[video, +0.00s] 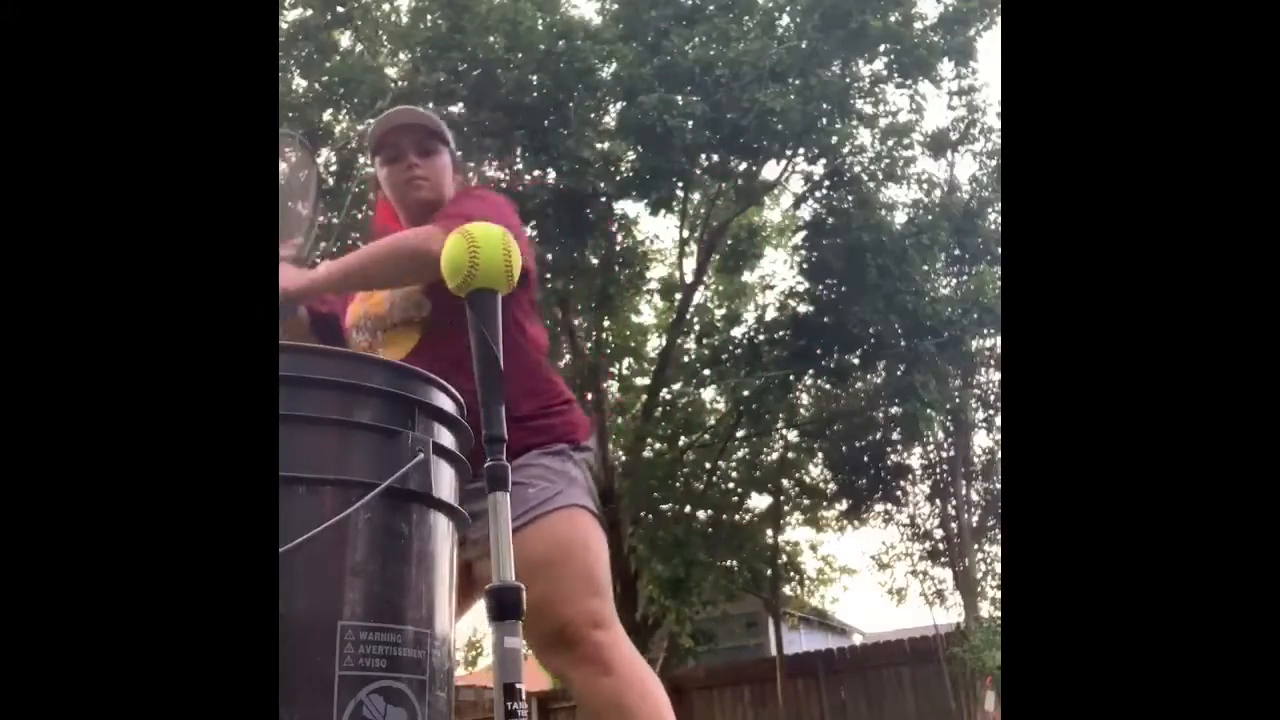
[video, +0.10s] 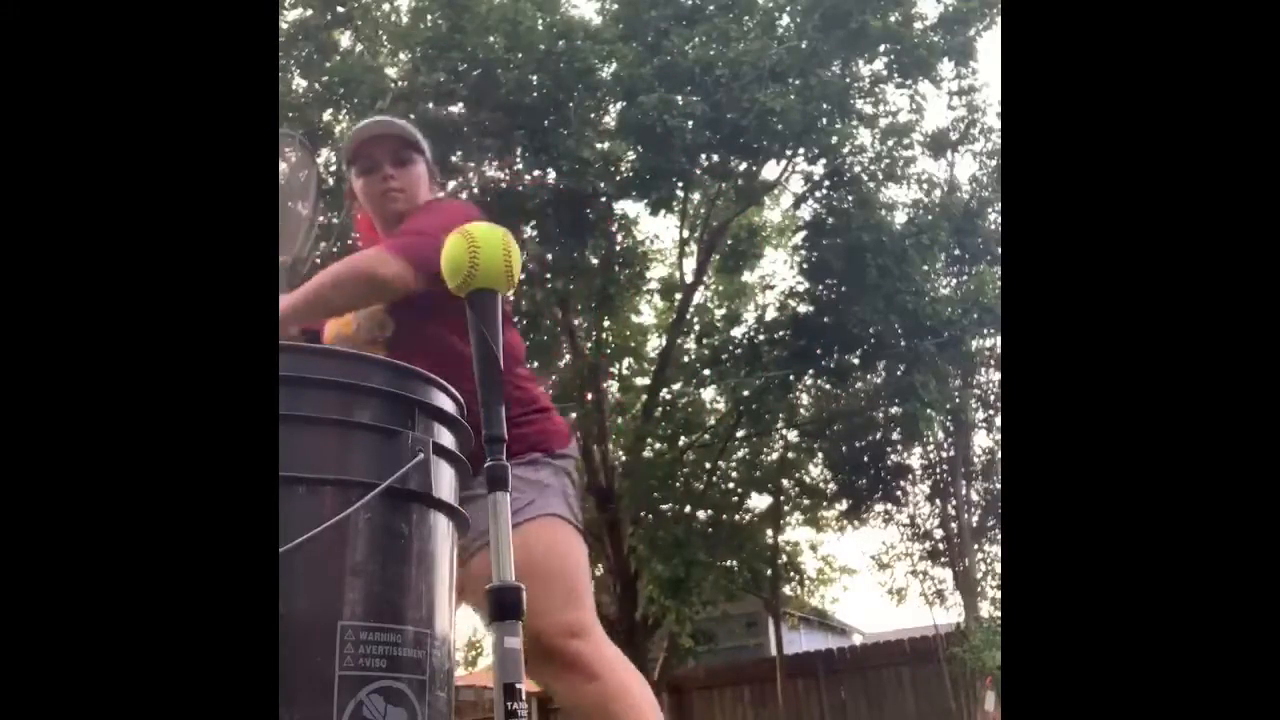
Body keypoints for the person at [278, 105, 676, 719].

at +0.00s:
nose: (412, 164)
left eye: (426, 150)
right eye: (393, 158)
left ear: (453, 161)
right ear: (377, 180)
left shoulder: (486, 208)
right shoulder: (371, 263)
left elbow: (446, 250)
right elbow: (343, 347)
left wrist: (308, 279)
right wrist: (296, 303)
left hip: (525, 452)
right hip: (424, 467)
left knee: (584, 638)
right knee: (378, 639)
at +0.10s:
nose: (387, 174)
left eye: (402, 160)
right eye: (368, 167)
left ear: (431, 175)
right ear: (355, 202)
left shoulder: (454, 217)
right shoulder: (350, 275)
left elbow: (386, 274)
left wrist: (285, 311)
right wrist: (336, 337)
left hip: (512, 452)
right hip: (419, 463)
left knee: (564, 642)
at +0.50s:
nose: (346, 177)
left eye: (360, 160)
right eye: (325, 170)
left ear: (387, 172)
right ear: (312, 197)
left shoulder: (390, 224)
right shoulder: (327, 245)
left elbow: (283, 307)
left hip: (503, 435)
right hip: (428, 445)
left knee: (481, 622)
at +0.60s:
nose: (358, 166)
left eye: (372, 148)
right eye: (338, 159)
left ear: (397, 157)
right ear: (323, 184)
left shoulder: (402, 209)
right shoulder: (355, 244)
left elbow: (287, 274)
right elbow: (327, 343)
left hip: (521, 433)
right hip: (452, 447)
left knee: (525, 621)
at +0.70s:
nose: (380, 153)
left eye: (393, 136)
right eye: (358, 146)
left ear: (419, 147)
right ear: (341, 175)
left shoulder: (440, 192)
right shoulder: (369, 250)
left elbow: (291, 246)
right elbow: (342, 329)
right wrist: (281, 300)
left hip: (540, 443)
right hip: (444, 459)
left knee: (565, 626)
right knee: (399, 622)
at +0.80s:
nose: (408, 157)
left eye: (420, 139)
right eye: (386, 151)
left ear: (447, 144)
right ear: (369, 174)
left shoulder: (504, 187)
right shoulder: (368, 237)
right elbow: (342, 350)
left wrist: (292, 256)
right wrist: (286, 307)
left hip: (542, 468)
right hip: (431, 475)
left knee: (579, 627)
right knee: (395, 636)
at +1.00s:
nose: (465, 160)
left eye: (467, 148)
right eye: (446, 148)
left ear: (472, 152)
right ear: (396, 161)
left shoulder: (474, 218)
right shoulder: (408, 224)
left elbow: (550, 221)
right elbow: (538, 217)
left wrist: (635, 192)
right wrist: (644, 188)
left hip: (563, 458)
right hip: (488, 461)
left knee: (578, 644)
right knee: (445, 659)